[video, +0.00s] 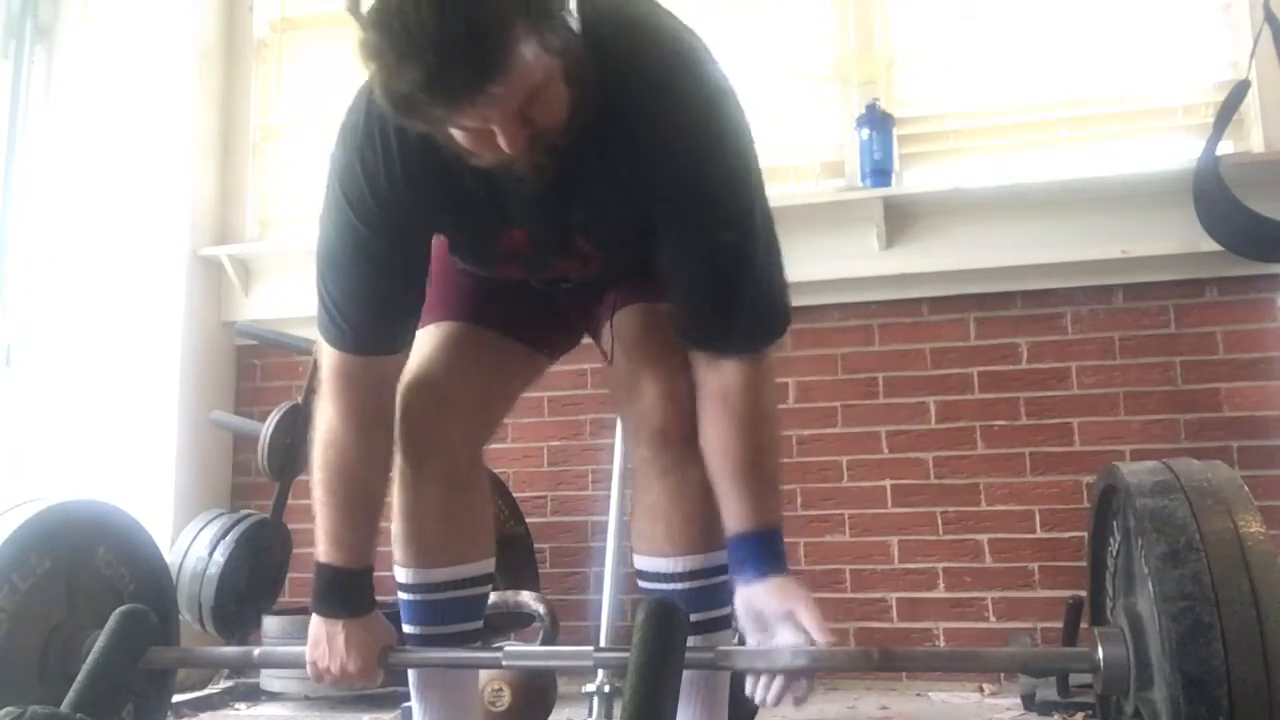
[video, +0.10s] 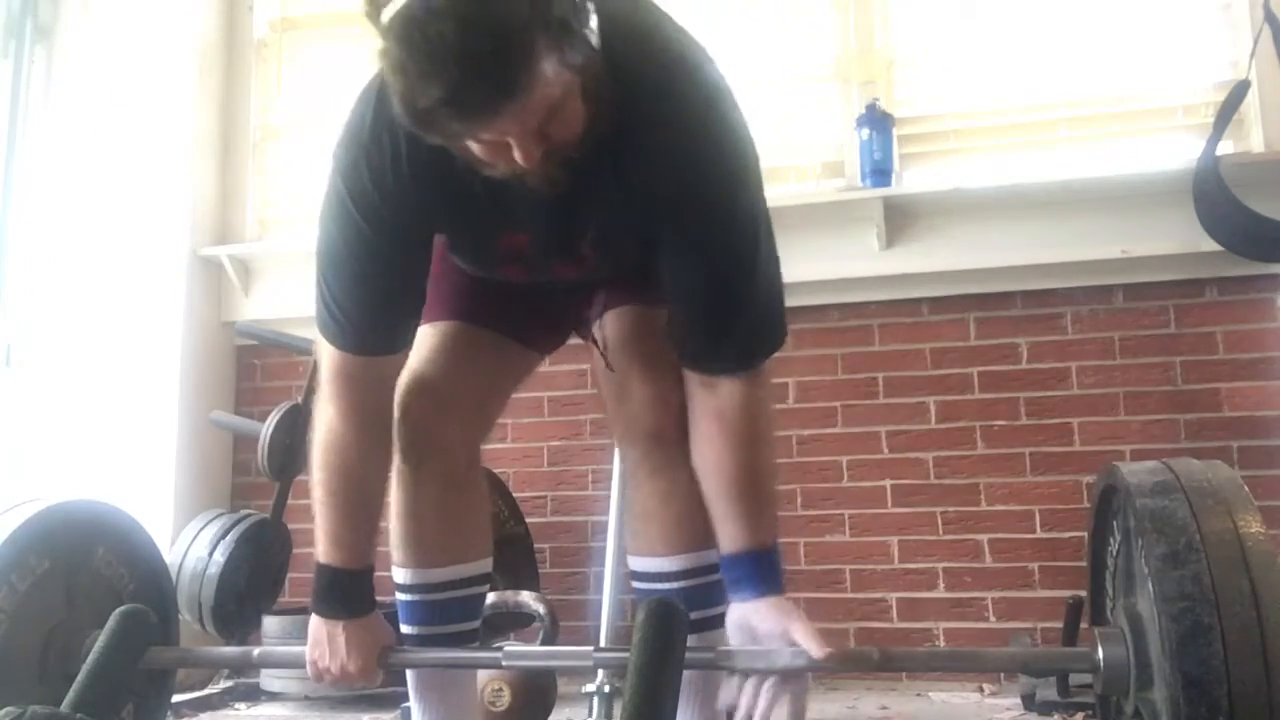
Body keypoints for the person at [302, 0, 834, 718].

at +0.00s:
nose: (511, 142)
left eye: (529, 104)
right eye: (473, 129)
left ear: (557, 33)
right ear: (424, 110)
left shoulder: (663, 75)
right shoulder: (383, 135)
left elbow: (727, 345)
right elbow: (355, 374)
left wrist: (761, 568)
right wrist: (340, 595)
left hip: (649, 249)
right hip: (500, 258)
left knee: (666, 415)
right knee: (427, 417)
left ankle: (702, 698)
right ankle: (444, 702)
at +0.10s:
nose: (529, 158)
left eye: (547, 119)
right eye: (490, 143)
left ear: (578, 56)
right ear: (437, 123)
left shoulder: (676, 98)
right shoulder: (386, 138)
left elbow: (724, 369)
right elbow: (353, 376)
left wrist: (758, 587)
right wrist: (340, 596)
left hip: (645, 245)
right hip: (496, 254)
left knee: (657, 420)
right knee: (425, 418)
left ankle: (697, 695)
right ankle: (442, 701)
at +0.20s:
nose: (538, 160)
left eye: (559, 122)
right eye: (501, 145)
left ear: (589, 57)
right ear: (446, 121)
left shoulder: (683, 107)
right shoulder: (391, 138)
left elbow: (720, 374)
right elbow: (354, 377)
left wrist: (752, 587)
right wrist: (342, 595)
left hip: (637, 253)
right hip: (489, 256)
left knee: (654, 423)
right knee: (422, 422)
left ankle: (691, 696)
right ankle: (441, 701)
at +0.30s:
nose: (542, 159)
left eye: (565, 121)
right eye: (504, 143)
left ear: (597, 52)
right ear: (447, 117)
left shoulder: (688, 108)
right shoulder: (395, 136)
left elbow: (727, 360)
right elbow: (354, 374)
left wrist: (759, 571)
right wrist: (342, 594)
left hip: (638, 255)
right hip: (489, 258)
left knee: (657, 420)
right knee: (418, 422)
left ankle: (697, 700)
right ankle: (441, 704)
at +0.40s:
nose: (544, 167)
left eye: (568, 128)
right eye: (506, 148)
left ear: (602, 58)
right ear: (450, 123)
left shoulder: (686, 108)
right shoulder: (395, 136)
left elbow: (724, 369)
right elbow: (352, 376)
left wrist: (757, 577)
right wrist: (342, 595)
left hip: (635, 258)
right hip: (487, 261)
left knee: (656, 417)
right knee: (417, 423)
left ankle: (693, 700)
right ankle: (441, 703)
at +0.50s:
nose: (543, 165)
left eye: (566, 128)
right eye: (506, 148)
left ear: (599, 58)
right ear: (450, 122)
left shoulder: (688, 112)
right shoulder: (394, 135)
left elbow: (721, 371)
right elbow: (352, 375)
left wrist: (754, 590)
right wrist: (342, 596)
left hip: (634, 257)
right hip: (487, 259)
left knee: (654, 421)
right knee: (418, 425)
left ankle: (696, 696)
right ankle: (441, 702)